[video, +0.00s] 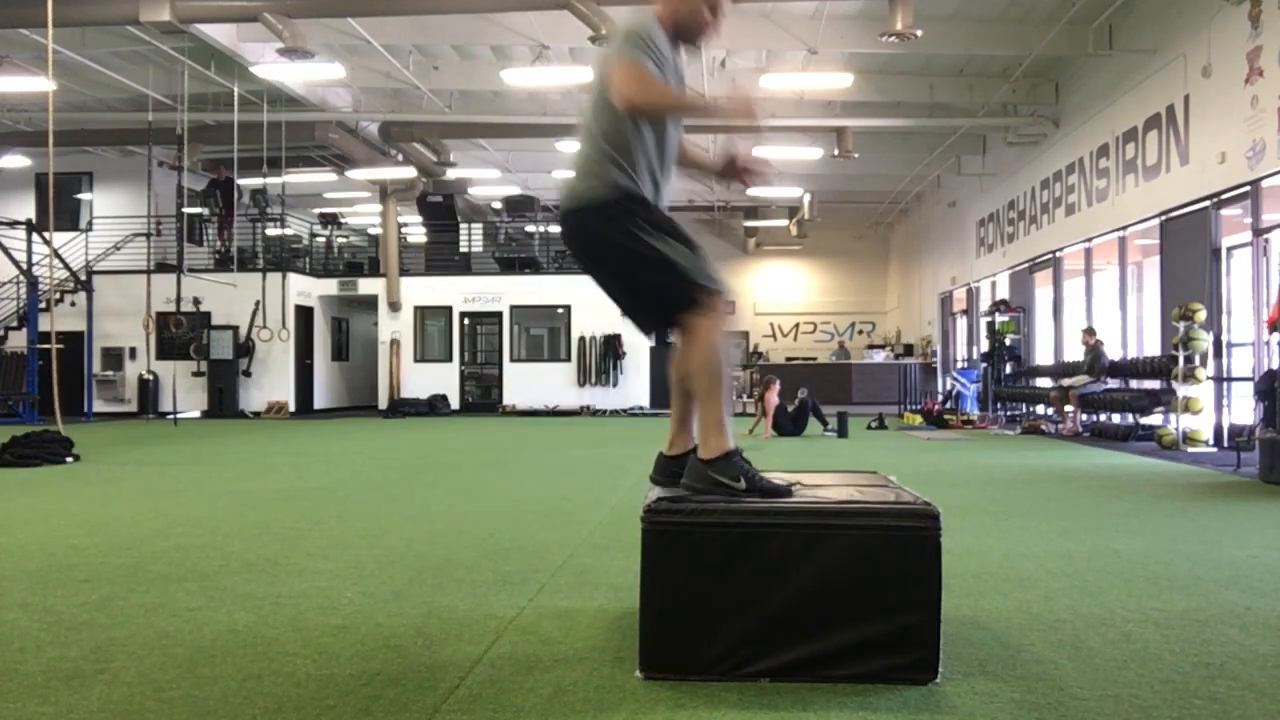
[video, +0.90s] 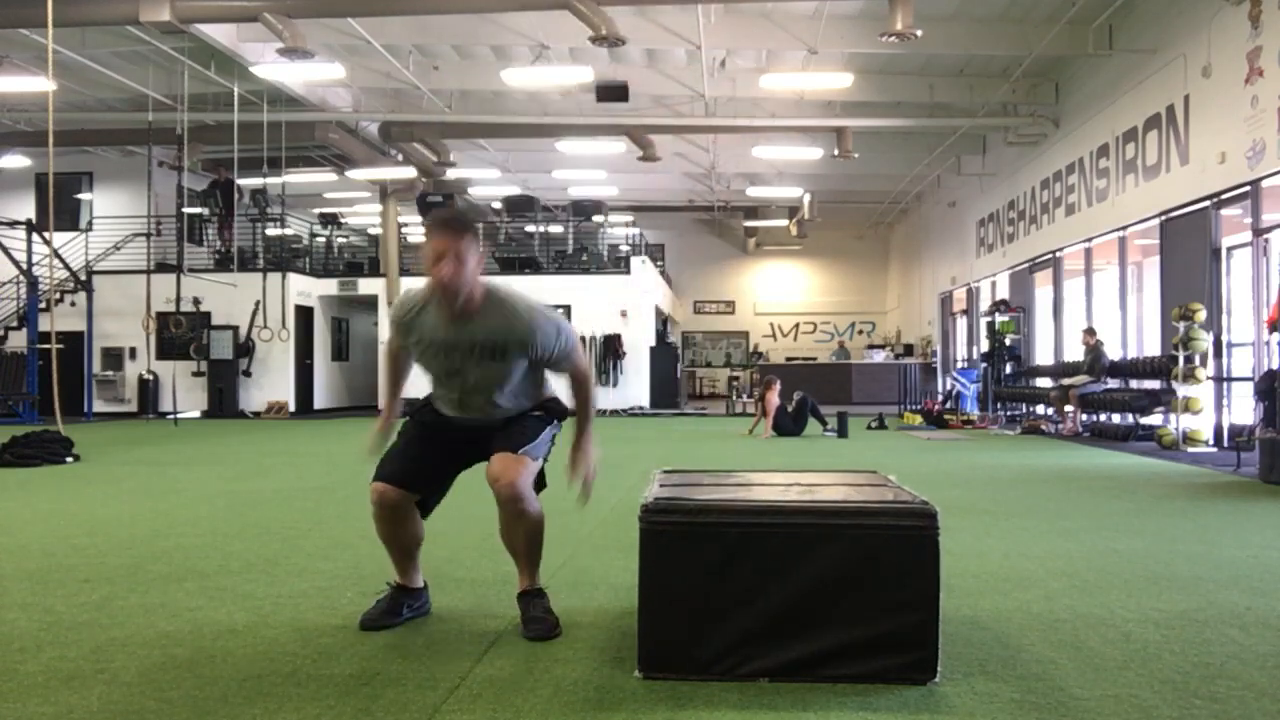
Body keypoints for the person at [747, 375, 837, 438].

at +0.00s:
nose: (779, 387)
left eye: (779, 384)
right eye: (777, 385)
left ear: (769, 386)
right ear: (772, 386)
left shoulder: (765, 396)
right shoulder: (771, 397)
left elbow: (759, 415)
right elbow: (769, 416)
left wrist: (751, 429)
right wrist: (767, 433)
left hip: (785, 430)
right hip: (793, 431)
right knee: (808, 401)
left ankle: (799, 402)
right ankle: (826, 426)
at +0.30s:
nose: (779, 387)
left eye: (778, 384)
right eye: (777, 384)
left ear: (768, 386)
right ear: (772, 386)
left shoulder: (765, 396)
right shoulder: (771, 396)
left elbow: (759, 415)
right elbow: (769, 416)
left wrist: (751, 430)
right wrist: (767, 433)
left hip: (785, 430)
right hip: (792, 431)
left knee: (808, 401)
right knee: (807, 402)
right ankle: (826, 426)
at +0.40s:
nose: (779, 387)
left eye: (778, 384)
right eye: (777, 384)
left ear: (768, 386)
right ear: (772, 386)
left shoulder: (765, 396)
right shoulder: (771, 396)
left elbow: (759, 415)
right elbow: (769, 416)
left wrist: (751, 430)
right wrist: (767, 433)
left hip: (785, 429)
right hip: (792, 431)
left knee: (809, 401)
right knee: (807, 401)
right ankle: (826, 426)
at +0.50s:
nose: (779, 387)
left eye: (778, 384)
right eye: (778, 384)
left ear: (767, 385)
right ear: (772, 385)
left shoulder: (765, 396)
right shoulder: (771, 396)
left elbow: (759, 416)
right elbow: (769, 416)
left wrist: (751, 430)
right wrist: (767, 433)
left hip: (785, 430)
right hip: (793, 430)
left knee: (808, 401)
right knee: (806, 401)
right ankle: (826, 426)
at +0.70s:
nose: (779, 387)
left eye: (779, 385)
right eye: (778, 385)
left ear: (767, 386)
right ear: (772, 385)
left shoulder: (764, 396)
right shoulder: (772, 396)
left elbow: (759, 415)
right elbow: (769, 416)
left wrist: (750, 430)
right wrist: (767, 433)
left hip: (784, 430)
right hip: (793, 430)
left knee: (781, 406)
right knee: (806, 400)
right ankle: (826, 426)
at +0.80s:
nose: (779, 387)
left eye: (779, 385)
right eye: (778, 385)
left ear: (767, 386)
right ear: (773, 385)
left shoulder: (764, 396)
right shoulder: (772, 396)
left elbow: (759, 415)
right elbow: (769, 416)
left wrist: (750, 430)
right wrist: (767, 433)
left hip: (784, 430)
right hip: (793, 431)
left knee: (782, 407)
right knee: (806, 399)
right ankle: (826, 426)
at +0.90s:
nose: (779, 387)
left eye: (779, 384)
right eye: (778, 385)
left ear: (767, 385)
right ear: (773, 385)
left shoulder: (764, 396)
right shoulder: (772, 396)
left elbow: (759, 415)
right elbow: (769, 416)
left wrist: (750, 430)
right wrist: (767, 433)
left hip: (784, 430)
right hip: (793, 430)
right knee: (806, 400)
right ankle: (826, 426)